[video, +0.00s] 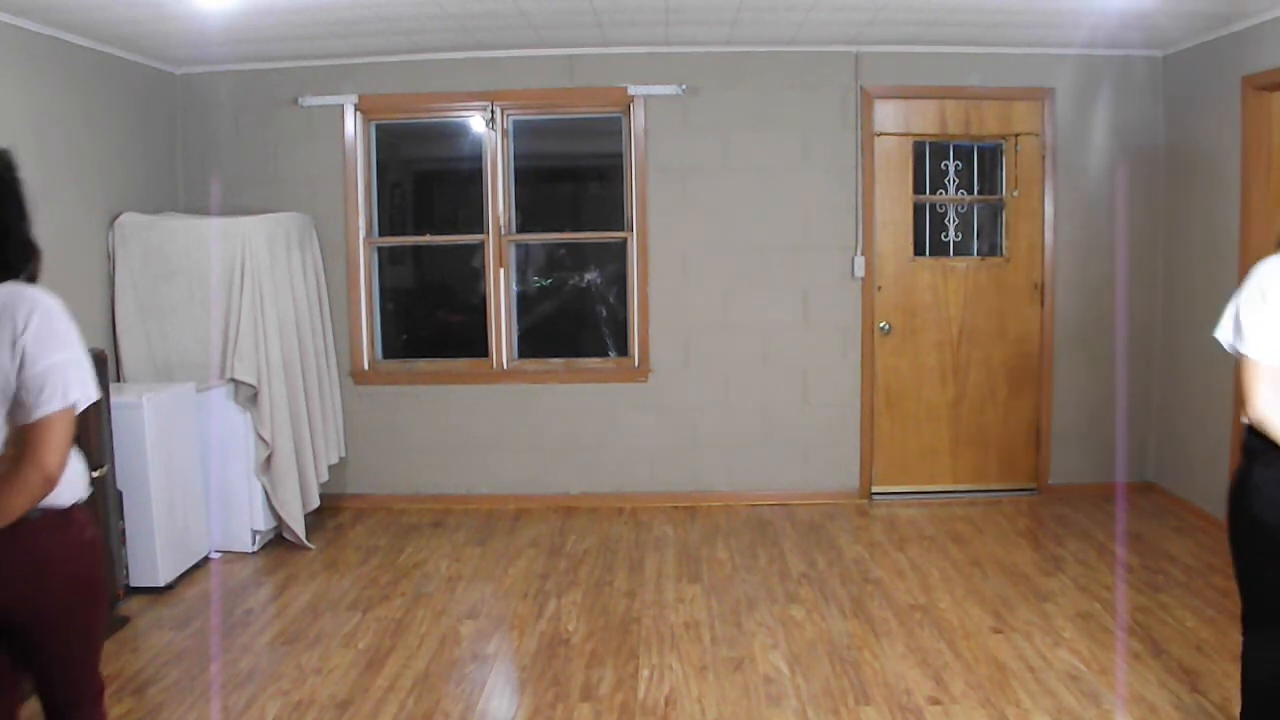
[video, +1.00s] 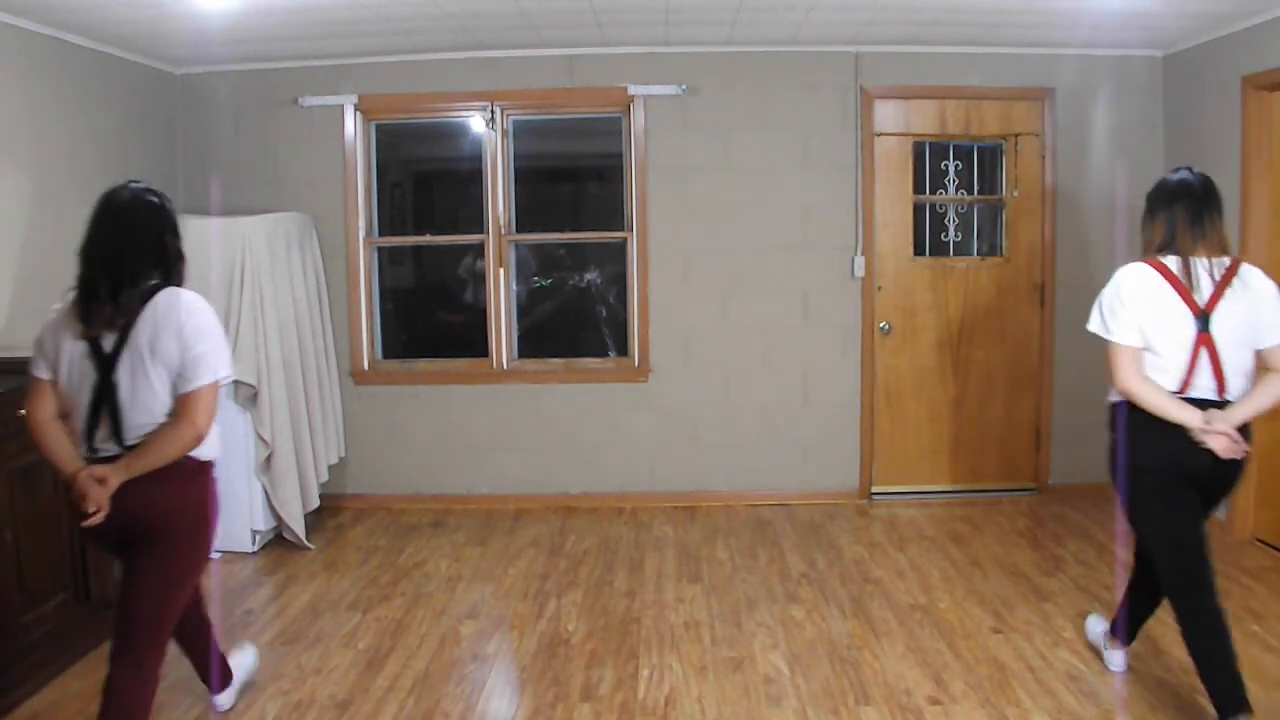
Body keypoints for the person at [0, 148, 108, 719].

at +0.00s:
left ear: (10, 221)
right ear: (18, 219)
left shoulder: (31, 313)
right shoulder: (31, 313)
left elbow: (41, 465)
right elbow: (41, 464)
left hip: (37, 538)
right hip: (45, 539)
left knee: (71, 699)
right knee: (76, 702)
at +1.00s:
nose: (175, 246)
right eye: (172, 236)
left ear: (95, 243)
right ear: (168, 245)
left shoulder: (66, 319)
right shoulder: (186, 313)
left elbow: (39, 414)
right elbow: (193, 424)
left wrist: (79, 476)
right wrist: (116, 473)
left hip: (98, 499)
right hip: (173, 496)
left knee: (176, 592)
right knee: (135, 656)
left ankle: (222, 678)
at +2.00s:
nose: (291, 226)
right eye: (290, 218)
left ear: (230, 219)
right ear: (284, 224)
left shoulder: (205, 284)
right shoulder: (298, 279)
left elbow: (185, 357)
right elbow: (303, 364)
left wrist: (214, 396)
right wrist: (245, 407)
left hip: (227, 430)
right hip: (291, 427)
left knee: (233, 550)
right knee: (315, 524)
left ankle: (226, 679)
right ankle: (343, 605)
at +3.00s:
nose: (430, 223)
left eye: (431, 214)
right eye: (424, 213)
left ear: (403, 215)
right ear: (398, 213)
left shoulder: (398, 263)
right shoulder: (372, 262)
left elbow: (372, 334)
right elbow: (344, 348)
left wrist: (335, 369)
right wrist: (335, 372)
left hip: (401, 394)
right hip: (371, 397)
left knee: (434, 480)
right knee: (367, 500)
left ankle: (365, 546)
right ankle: (353, 602)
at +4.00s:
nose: (594, 212)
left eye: (594, 203)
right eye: (588, 202)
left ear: (571, 203)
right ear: (564, 202)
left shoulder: (567, 251)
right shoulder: (539, 248)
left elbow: (532, 319)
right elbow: (513, 325)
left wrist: (504, 359)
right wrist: (507, 359)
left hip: (560, 380)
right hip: (545, 382)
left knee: (541, 484)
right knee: (600, 477)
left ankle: (538, 583)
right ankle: (532, 556)